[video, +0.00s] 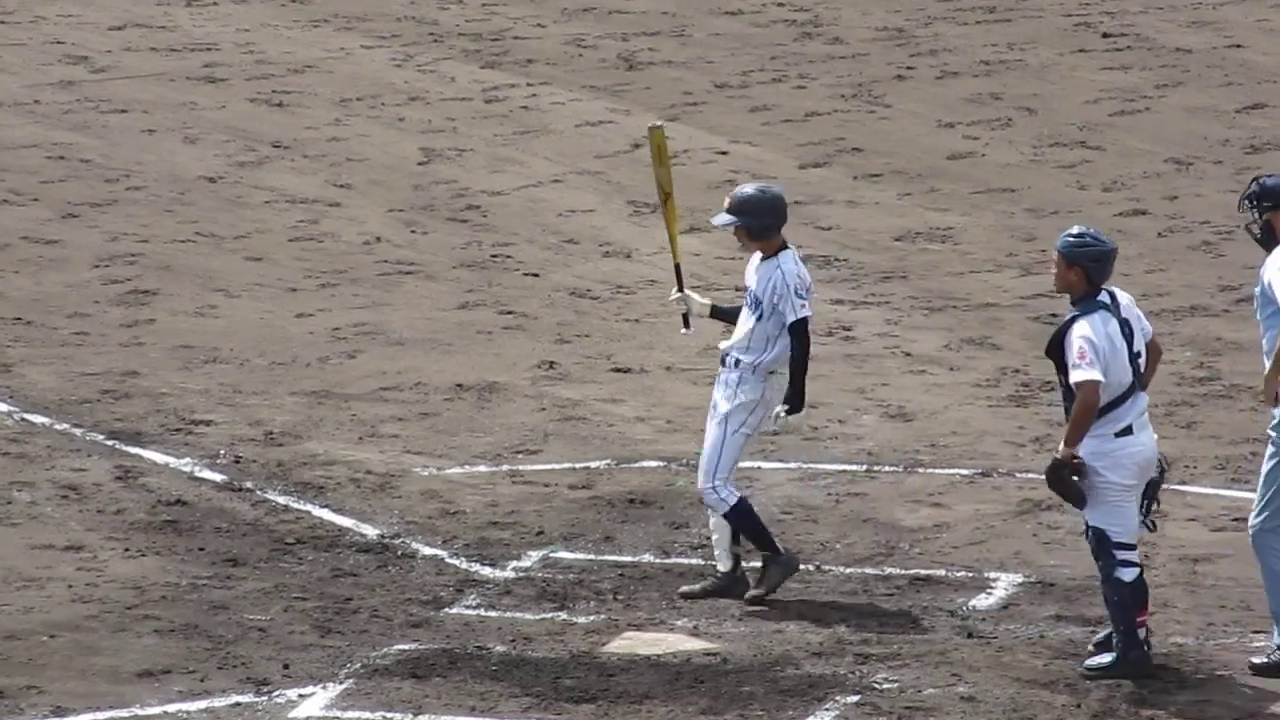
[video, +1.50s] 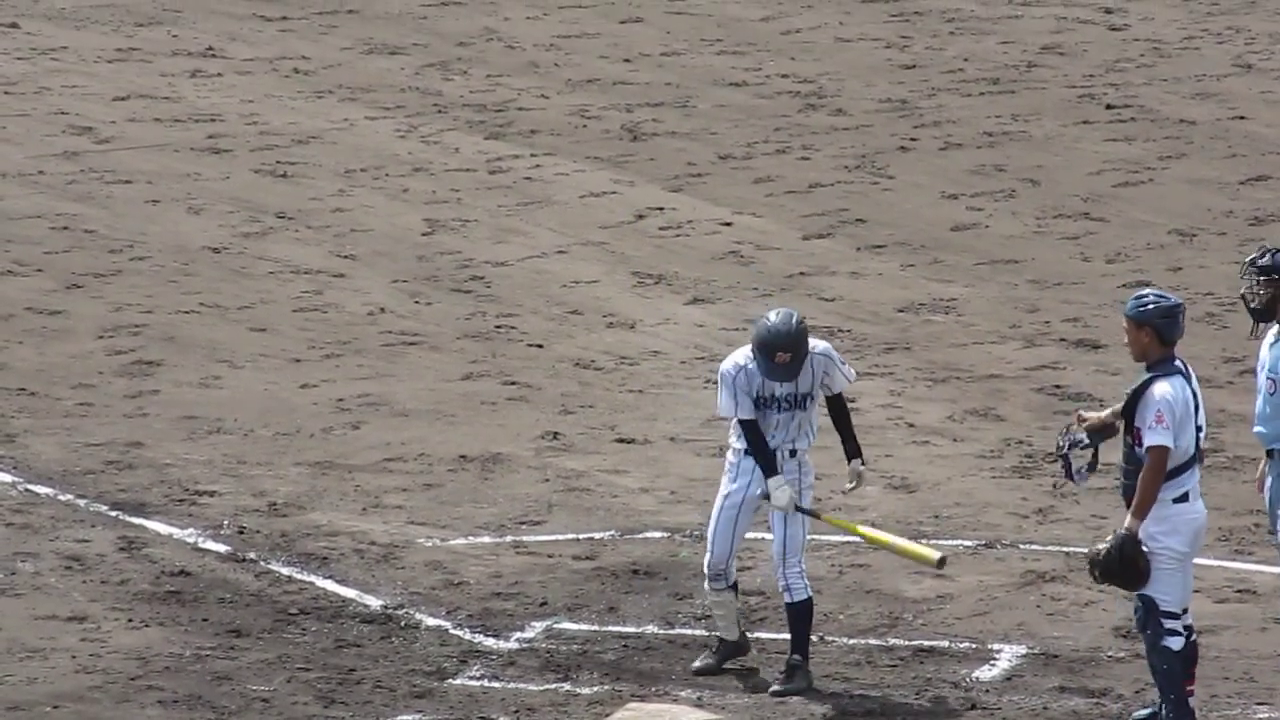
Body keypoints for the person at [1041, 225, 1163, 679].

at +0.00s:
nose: (1053, 268)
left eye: (1059, 263)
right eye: (1056, 262)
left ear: (1079, 274)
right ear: (1089, 271)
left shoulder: (1082, 330)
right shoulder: (1120, 298)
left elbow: (1089, 397)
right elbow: (1153, 349)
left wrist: (1066, 449)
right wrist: (1132, 397)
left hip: (1109, 452)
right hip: (1139, 440)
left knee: (1115, 551)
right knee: (1110, 539)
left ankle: (1132, 650)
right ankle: (1126, 629)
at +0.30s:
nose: (1062, 317)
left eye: (1068, 311)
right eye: (1064, 310)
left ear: (1088, 319)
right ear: (1101, 317)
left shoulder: (1092, 373)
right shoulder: (1133, 347)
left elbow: (1090, 440)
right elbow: (1158, 406)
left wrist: (1060, 483)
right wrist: (1165, 455)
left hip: (1119, 496)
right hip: (1153, 484)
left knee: (1118, 597)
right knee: (1147, 586)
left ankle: (1130, 694)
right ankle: (1171, 675)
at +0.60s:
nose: (1079, 327)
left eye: (1086, 321)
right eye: (1083, 320)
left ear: (1107, 331)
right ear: (1118, 328)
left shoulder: (1105, 382)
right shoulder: (1153, 361)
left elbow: (1115, 443)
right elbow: (1179, 425)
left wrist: (1095, 499)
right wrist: (1178, 477)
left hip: (1131, 509)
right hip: (1169, 498)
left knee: (1120, 613)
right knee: (1157, 606)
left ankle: (1131, 707)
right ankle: (1172, 699)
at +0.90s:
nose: (1096, 331)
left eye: (1102, 325)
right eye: (1098, 323)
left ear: (1122, 332)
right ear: (1133, 330)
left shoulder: (1128, 373)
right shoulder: (1163, 367)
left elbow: (1150, 427)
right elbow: (1199, 429)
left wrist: (1135, 490)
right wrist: (1174, 474)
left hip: (1155, 508)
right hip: (1186, 504)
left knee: (1133, 613)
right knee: (1175, 613)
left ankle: (1136, 708)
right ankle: (1178, 704)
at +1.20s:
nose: (1111, 330)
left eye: (1118, 324)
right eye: (1114, 322)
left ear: (1139, 332)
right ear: (1145, 330)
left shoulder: (1151, 379)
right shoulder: (1166, 372)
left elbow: (1167, 448)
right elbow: (1179, 448)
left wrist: (1137, 506)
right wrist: (1138, 501)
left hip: (1167, 509)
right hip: (1181, 505)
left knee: (1147, 613)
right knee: (1174, 611)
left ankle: (1174, 708)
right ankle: (1174, 701)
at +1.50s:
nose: (1125, 337)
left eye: (1130, 329)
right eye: (1126, 328)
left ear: (1149, 335)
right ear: (1160, 333)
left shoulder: (1160, 392)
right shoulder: (1178, 372)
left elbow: (1156, 465)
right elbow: (1144, 405)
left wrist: (1130, 527)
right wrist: (1108, 420)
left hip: (1166, 515)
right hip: (1180, 507)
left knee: (1160, 617)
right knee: (1167, 612)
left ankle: (1176, 708)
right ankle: (1174, 702)